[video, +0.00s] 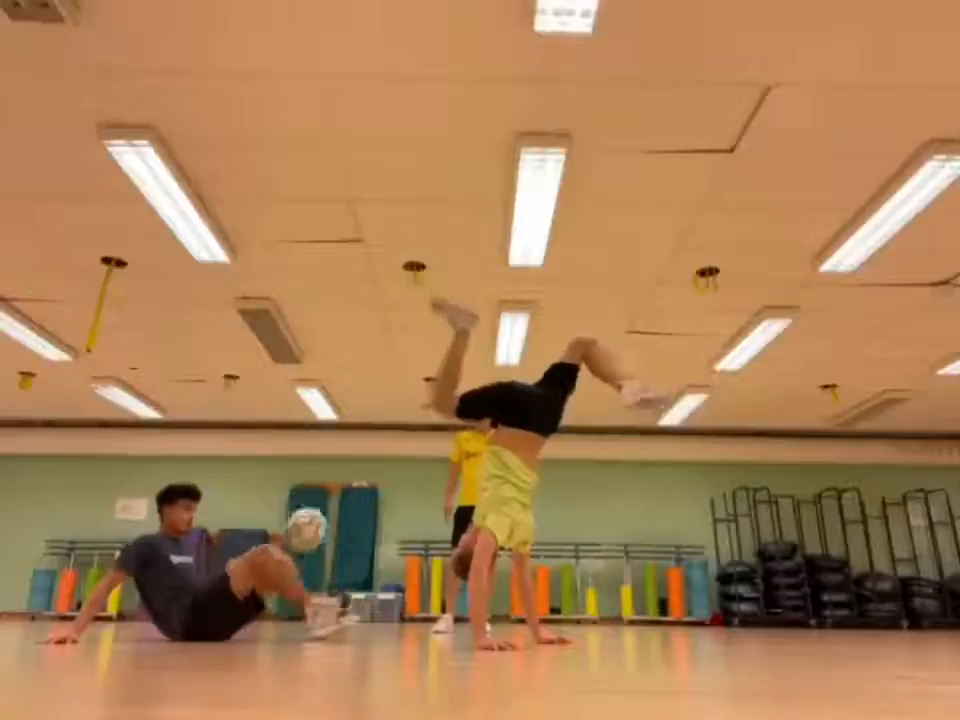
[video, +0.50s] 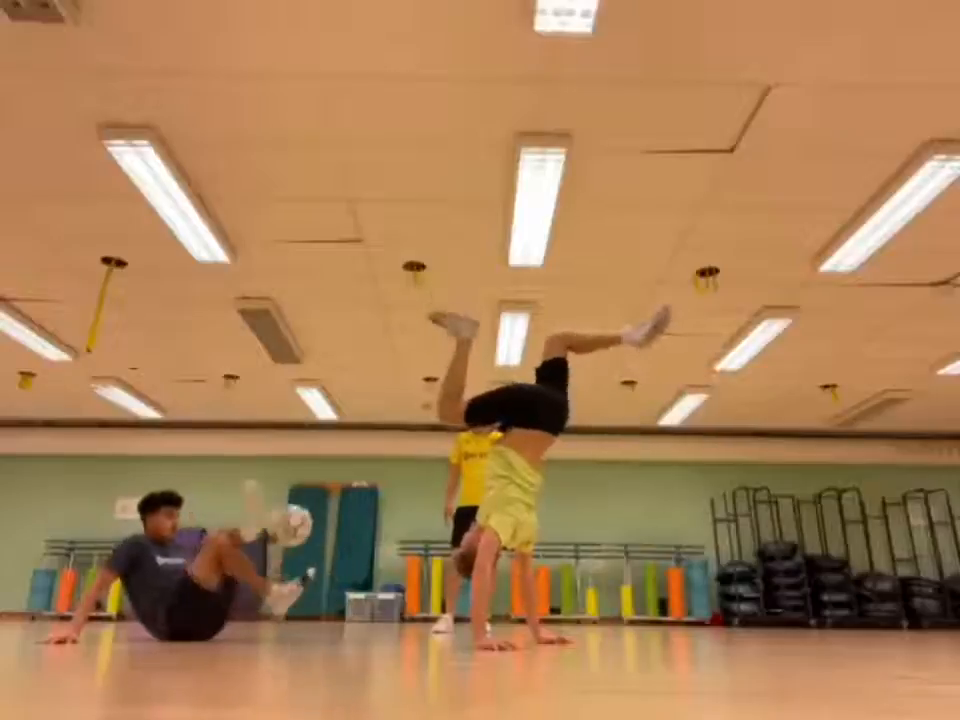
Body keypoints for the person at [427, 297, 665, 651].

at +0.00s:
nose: (478, 558)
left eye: (470, 557)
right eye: (474, 557)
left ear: (468, 549)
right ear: (469, 544)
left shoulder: (519, 533)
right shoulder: (490, 528)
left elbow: (524, 585)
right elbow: (480, 577)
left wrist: (537, 633)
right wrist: (481, 637)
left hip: (543, 416)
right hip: (516, 407)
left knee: (582, 345)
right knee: (444, 405)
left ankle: (629, 388)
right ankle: (462, 332)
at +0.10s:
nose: (476, 557)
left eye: (470, 556)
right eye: (473, 555)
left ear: (468, 550)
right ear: (471, 543)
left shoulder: (521, 535)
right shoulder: (489, 529)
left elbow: (524, 585)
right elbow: (479, 577)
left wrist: (537, 632)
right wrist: (481, 636)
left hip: (544, 418)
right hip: (517, 409)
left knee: (573, 344)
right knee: (445, 407)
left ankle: (625, 379)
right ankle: (462, 334)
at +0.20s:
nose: (476, 556)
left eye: (472, 558)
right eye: (474, 556)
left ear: (469, 553)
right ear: (472, 547)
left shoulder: (519, 537)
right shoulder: (488, 533)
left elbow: (524, 586)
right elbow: (479, 580)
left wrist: (538, 633)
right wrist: (481, 636)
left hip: (546, 416)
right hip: (518, 410)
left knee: (565, 343)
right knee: (446, 408)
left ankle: (627, 365)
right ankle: (463, 335)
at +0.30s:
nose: (479, 557)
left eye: (473, 558)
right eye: (475, 556)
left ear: (470, 551)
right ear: (472, 546)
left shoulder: (521, 536)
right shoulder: (489, 532)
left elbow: (525, 586)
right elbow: (480, 580)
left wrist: (537, 634)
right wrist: (481, 636)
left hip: (550, 416)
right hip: (523, 410)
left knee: (560, 342)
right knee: (448, 411)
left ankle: (634, 348)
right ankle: (464, 337)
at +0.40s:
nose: (480, 559)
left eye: (474, 558)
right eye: (476, 557)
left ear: (470, 546)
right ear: (474, 546)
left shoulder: (519, 535)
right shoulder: (494, 530)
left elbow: (526, 587)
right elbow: (483, 578)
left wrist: (537, 634)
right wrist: (481, 637)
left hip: (551, 411)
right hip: (529, 410)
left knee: (559, 341)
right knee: (450, 413)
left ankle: (631, 337)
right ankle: (464, 339)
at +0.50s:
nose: (479, 558)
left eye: (473, 557)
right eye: (475, 556)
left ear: (471, 550)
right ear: (473, 545)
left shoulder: (522, 536)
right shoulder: (492, 530)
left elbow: (526, 586)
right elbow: (483, 579)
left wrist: (537, 633)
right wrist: (481, 637)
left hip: (553, 413)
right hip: (529, 409)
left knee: (557, 342)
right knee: (451, 414)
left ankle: (629, 336)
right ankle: (464, 338)